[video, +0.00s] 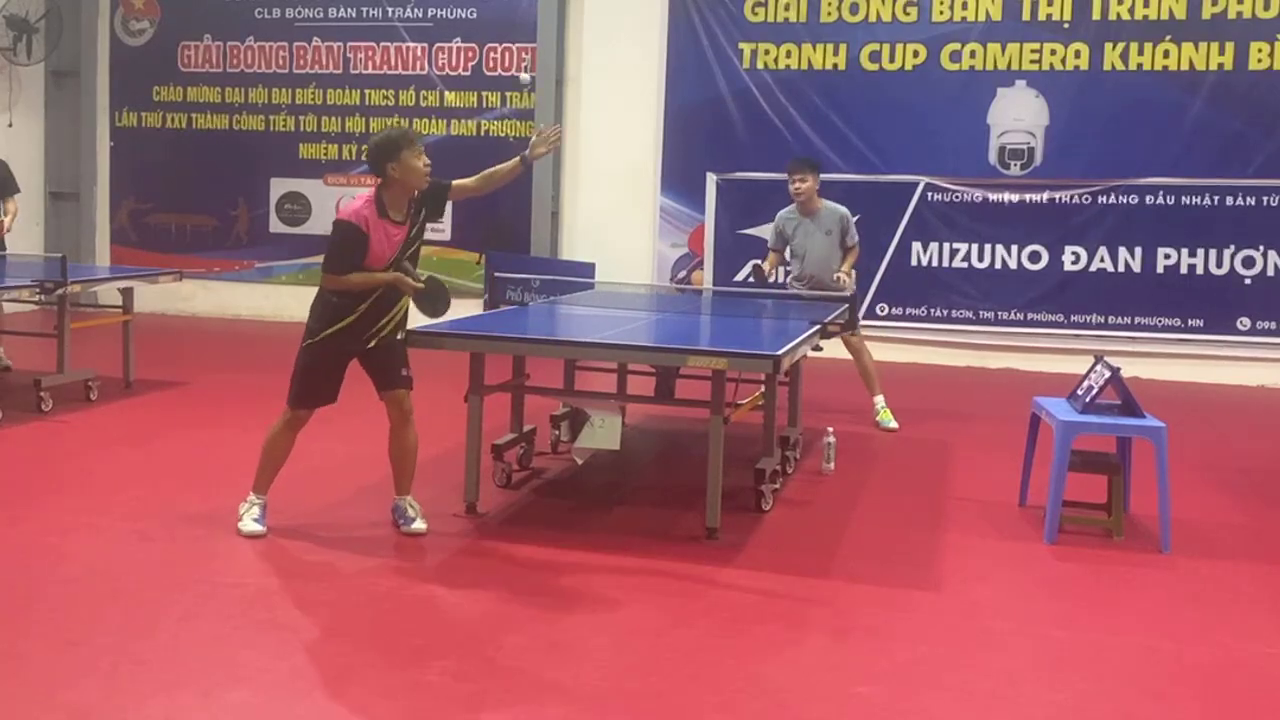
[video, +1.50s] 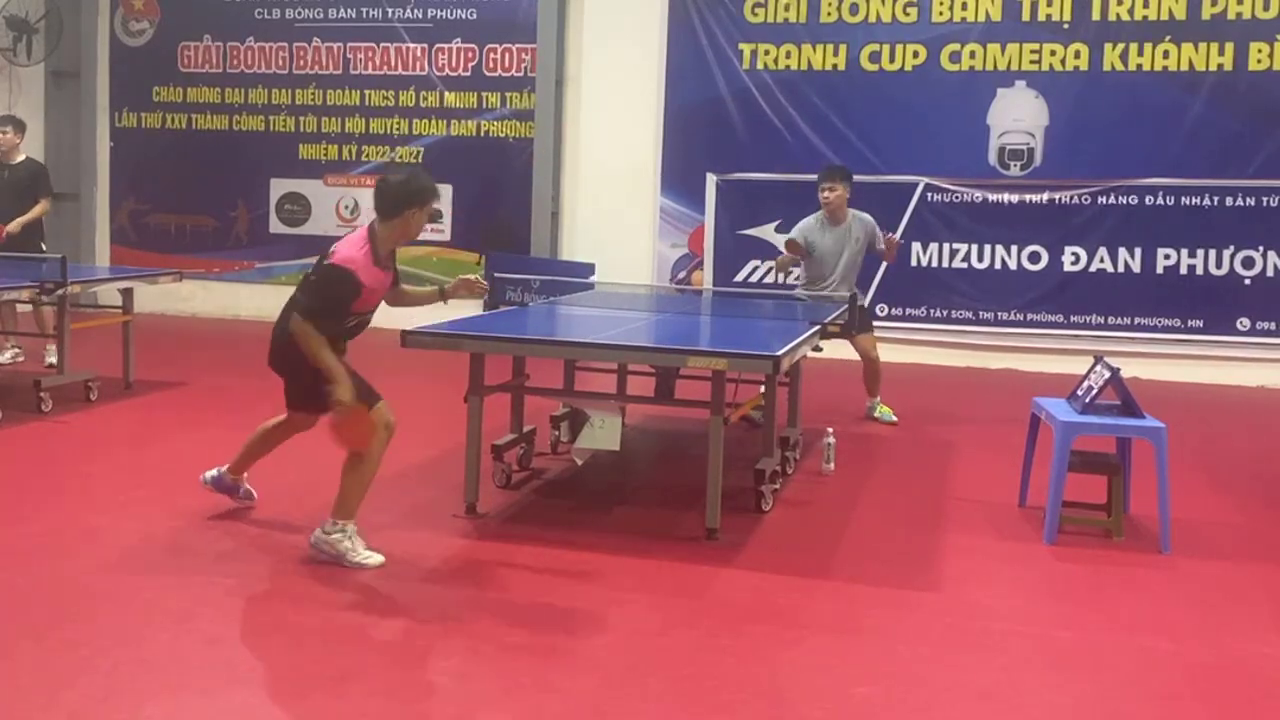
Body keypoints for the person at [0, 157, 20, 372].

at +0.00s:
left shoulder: (2, 168)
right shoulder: (3, 169)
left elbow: (10, 201)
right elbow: (10, 202)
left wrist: (8, 219)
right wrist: (8, 219)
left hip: (0, 248)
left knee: (1, 301)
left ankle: (1, 350)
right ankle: (1, 351)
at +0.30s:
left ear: (5, 136)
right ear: (2, 136)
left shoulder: (20, 169)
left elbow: (33, 205)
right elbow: (33, 204)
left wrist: (18, 223)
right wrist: (16, 223)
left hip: (7, 247)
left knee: (3, 299)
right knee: (3, 301)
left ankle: (1, 349)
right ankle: (1, 350)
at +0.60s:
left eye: (1, 132)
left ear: (12, 136)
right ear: (5, 135)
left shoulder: (26, 170)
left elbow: (34, 206)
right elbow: (33, 206)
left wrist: (11, 218)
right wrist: (11, 218)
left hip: (10, 247)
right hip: (3, 246)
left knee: (5, 300)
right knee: (3, 300)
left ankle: (2, 348)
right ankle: (2, 347)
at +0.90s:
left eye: (2, 132)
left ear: (13, 137)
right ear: (6, 136)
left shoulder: (28, 170)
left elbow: (36, 205)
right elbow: (36, 205)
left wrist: (14, 222)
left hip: (13, 247)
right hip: (2, 246)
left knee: (6, 299)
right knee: (4, 299)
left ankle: (6, 345)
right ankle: (8, 342)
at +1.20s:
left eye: (0, 134)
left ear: (10, 137)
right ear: (6, 137)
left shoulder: (28, 169)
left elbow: (39, 204)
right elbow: (39, 204)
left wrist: (18, 223)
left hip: (18, 249)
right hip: (2, 248)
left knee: (10, 301)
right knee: (5, 301)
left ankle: (10, 345)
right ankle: (8, 344)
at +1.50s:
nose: (0, 138)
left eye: (5, 133)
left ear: (19, 137)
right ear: (3, 137)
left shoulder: (35, 169)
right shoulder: (3, 168)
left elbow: (45, 204)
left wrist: (19, 222)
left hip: (28, 247)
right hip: (4, 247)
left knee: (34, 297)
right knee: (5, 299)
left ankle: (50, 344)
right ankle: (11, 345)